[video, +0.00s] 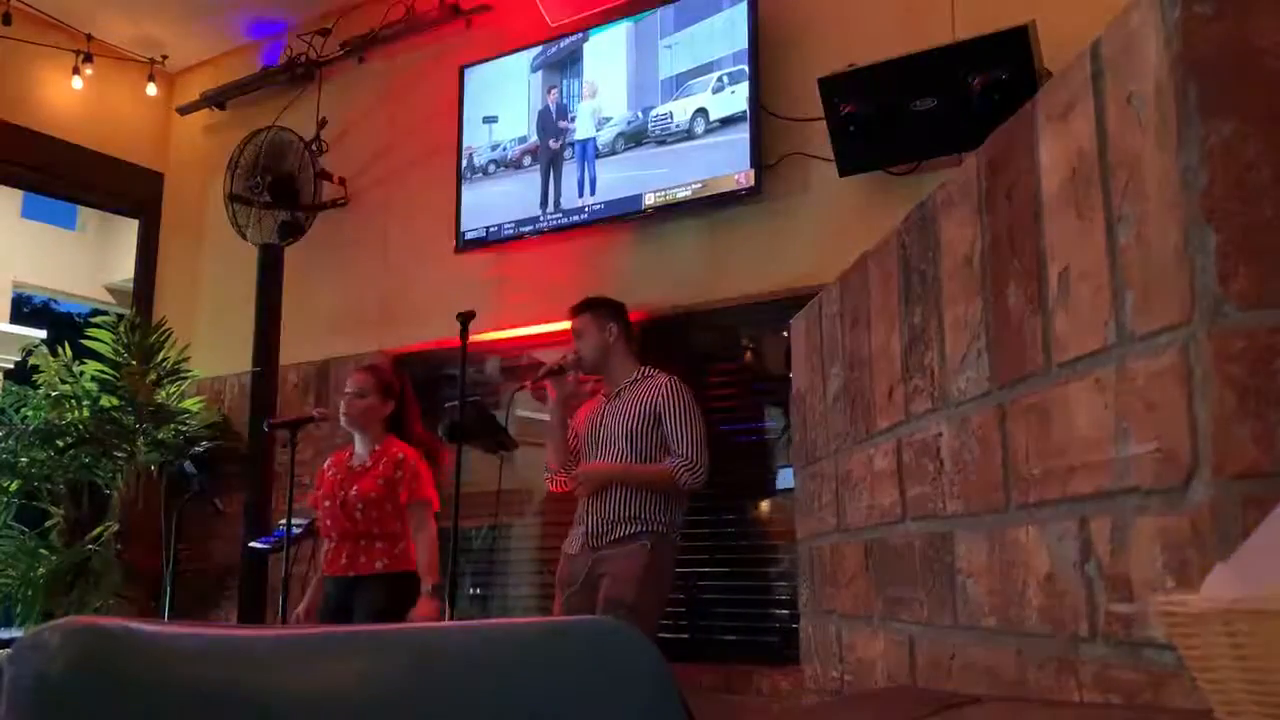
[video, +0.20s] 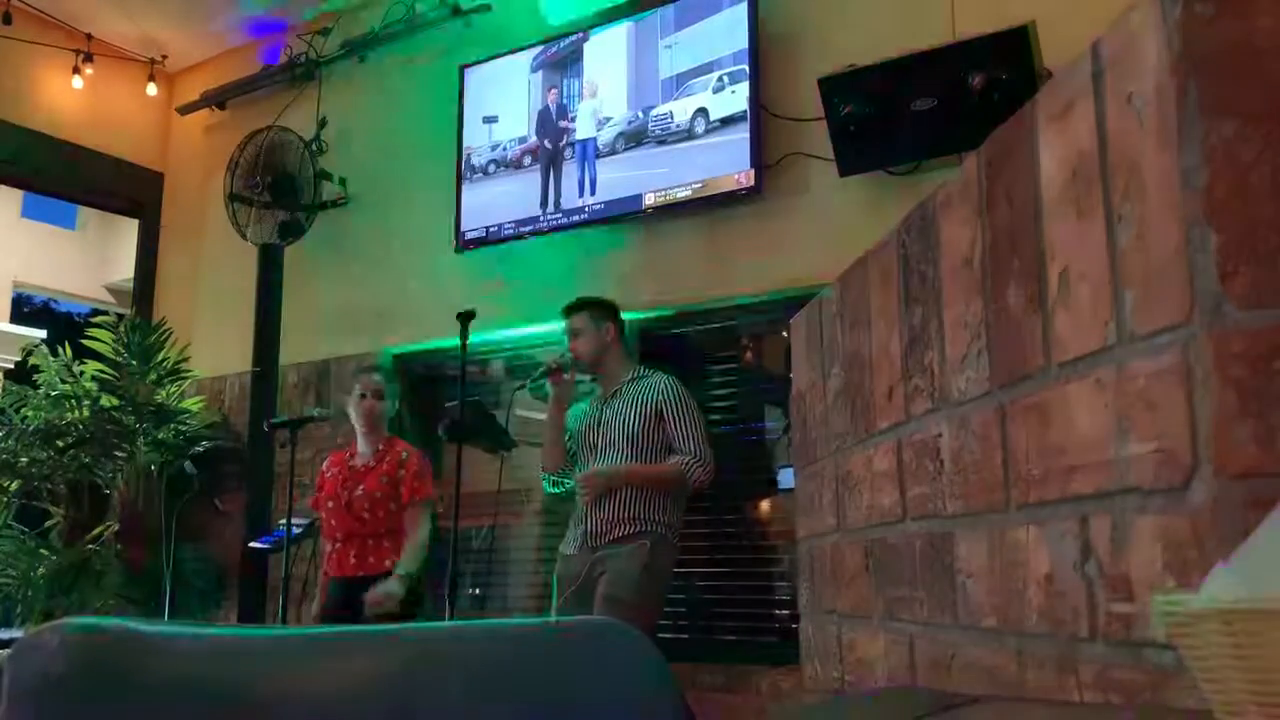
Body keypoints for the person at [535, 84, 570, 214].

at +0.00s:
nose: (556, 96)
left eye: (557, 93)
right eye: (553, 94)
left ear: (558, 95)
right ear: (548, 96)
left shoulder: (563, 108)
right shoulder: (542, 112)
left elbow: (565, 126)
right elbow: (539, 130)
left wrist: (561, 139)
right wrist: (548, 142)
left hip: (559, 147)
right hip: (546, 148)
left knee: (558, 178)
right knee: (545, 178)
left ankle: (557, 204)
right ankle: (543, 206)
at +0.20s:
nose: (555, 96)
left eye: (557, 94)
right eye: (553, 94)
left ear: (558, 96)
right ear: (548, 95)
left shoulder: (563, 109)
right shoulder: (542, 111)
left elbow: (566, 125)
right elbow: (538, 130)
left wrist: (564, 139)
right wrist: (543, 140)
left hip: (559, 145)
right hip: (546, 146)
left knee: (558, 177)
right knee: (545, 178)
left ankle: (557, 204)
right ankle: (543, 206)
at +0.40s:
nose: (558, 95)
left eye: (559, 92)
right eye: (556, 92)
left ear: (559, 94)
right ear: (549, 95)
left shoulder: (562, 108)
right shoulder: (542, 111)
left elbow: (566, 125)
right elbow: (538, 130)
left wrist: (564, 137)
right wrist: (544, 140)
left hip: (559, 145)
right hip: (546, 146)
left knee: (557, 177)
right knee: (545, 177)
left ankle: (557, 204)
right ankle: (543, 206)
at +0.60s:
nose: (558, 95)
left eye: (559, 92)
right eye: (556, 93)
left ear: (559, 94)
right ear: (549, 94)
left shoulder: (562, 108)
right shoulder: (542, 111)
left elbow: (566, 125)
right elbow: (538, 131)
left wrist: (561, 136)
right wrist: (549, 139)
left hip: (559, 146)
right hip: (546, 147)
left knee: (557, 177)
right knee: (545, 178)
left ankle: (557, 204)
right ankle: (543, 206)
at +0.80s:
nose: (557, 95)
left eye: (558, 92)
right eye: (555, 92)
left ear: (559, 94)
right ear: (549, 95)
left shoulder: (562, 108)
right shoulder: (542, 111)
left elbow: (566, 125)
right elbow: (539, 130)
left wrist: (561, 136)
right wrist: (549, 139)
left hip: (559, 147)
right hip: (546, 148)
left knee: (557, 177)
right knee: (545, 178)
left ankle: (557, 204)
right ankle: (543, 206)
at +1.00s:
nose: (557, 94)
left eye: (558, 92)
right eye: (555, 92)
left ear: (559, 94)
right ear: (549, 94)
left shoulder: (562, 108)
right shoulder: (542, 111)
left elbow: (565, 125)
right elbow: (539, 130)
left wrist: (561, 136)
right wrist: (548, 139)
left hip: (559, 147)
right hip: (546, 147)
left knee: (558, 177)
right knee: (545, 178)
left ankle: (557, 204)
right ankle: (543, 206)